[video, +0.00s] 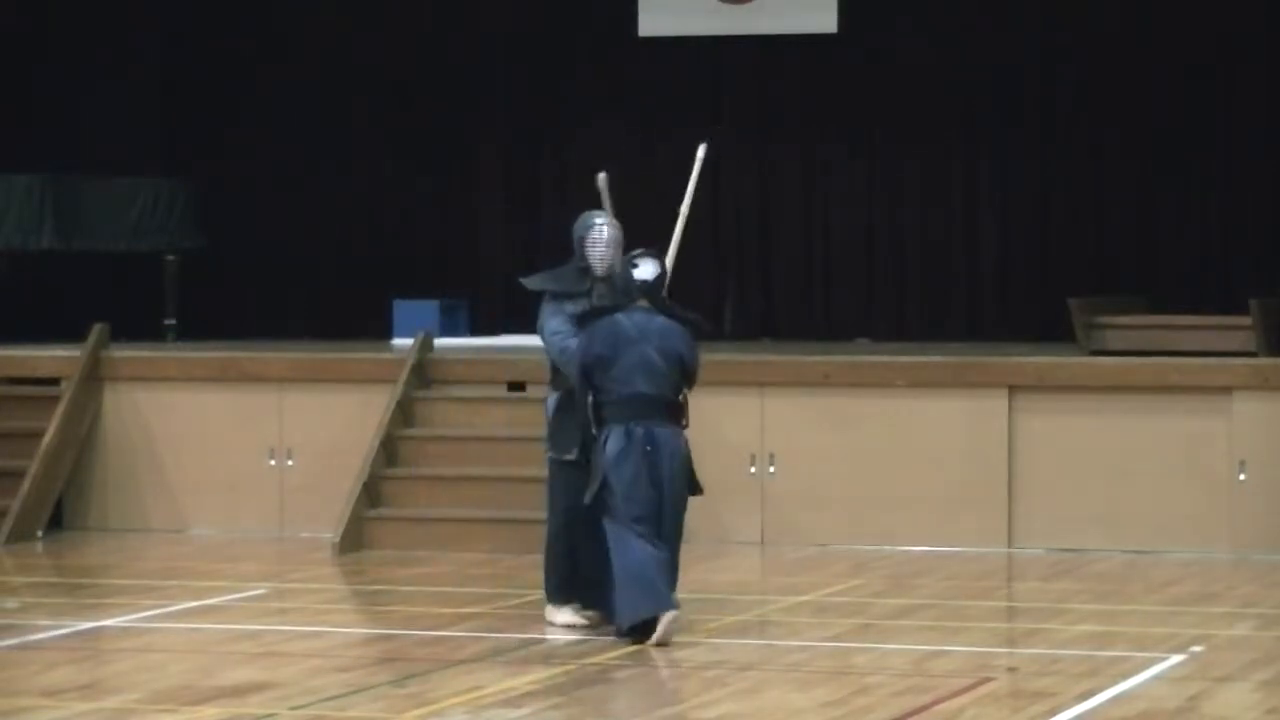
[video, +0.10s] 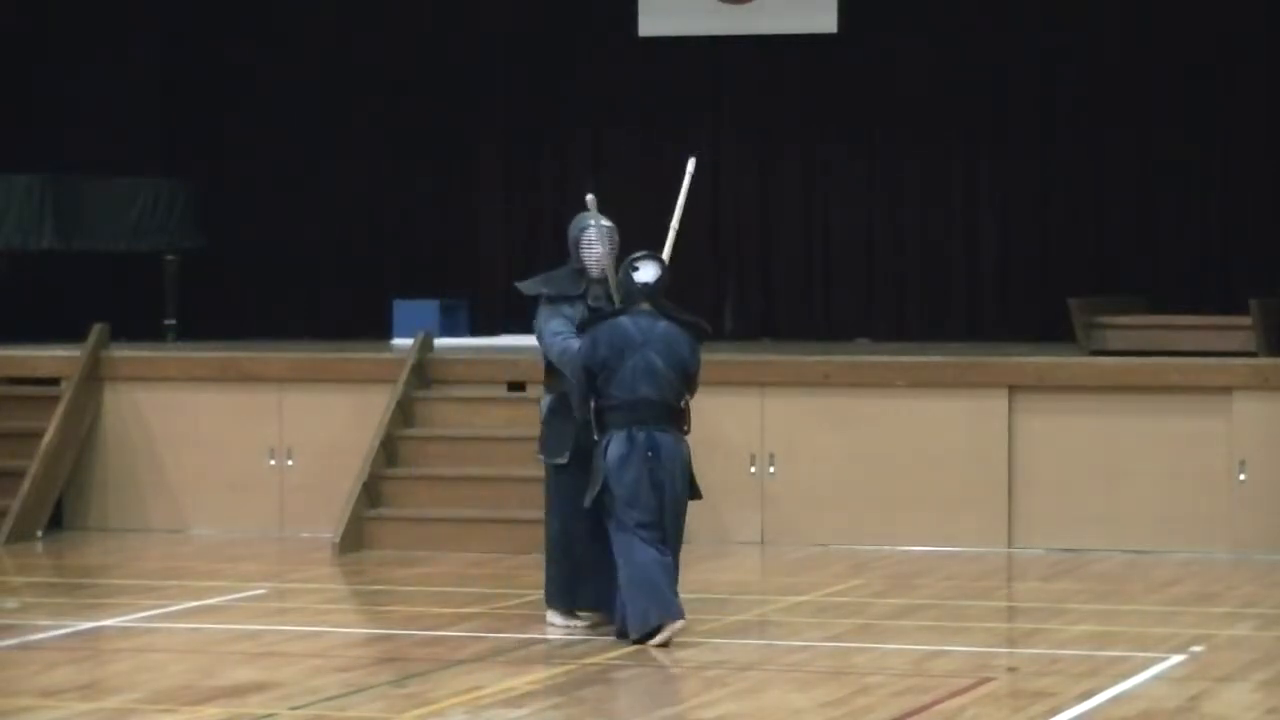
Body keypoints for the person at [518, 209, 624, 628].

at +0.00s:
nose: (602, 251)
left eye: (609, 243)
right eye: (595, 243)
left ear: (620, 247)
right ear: (581, 246)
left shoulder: (634, 290)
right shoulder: (560, 295)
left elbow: (671, 332)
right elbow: (569, 353)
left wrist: (652, 296)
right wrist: (605, 366)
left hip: (621, 410)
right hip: (573, 409)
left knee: (611, 506)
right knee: (569, 507)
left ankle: (605, 599)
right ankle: (560, 600)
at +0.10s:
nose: (597, 251)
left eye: (603, 243)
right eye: (589, 244)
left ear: (615, 247)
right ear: (575, 249)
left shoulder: (630, 292)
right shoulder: (558, 293)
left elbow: (647, 337)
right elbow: (559, 342)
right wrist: (599, 365)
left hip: (617, 409)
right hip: (569, 410)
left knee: (611, 507)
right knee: (569, 508)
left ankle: (608, 602)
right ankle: (562, 604)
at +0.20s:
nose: (593, 251)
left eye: (600, 243)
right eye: (584, 244)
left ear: (613, 248)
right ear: (571, 250)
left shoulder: (625, 294)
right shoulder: (553, 297)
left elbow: (642, 339)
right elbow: (566, 349)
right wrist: (608, 363)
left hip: (611, 416)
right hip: (561, 417)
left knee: (604, 511)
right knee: (561, 512)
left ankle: (602, 602)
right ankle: (559, 605)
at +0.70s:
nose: (550, 257)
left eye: (556, 248)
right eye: (541, 249)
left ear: (565, 252)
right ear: (523, 253)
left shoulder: (567, 296)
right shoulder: (506, 303)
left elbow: (603, 316)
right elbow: (547, 331)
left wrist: (634, 308)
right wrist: (597, 319)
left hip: (552, 411)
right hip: (514, 412)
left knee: (551, 504)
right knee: (526, 505)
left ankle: (553, 597)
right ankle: (528, 600)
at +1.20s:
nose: (518, 253)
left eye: (522, 244)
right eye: (508, 245)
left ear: (529, 247)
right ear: (488, 249)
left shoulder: (533, 296)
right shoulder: (470, 302)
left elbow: (567, 337)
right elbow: (504, 339)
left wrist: (594, 338)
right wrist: (563, 340)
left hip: (508, 413)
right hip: (470, 413)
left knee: (509, 508)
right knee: (476, 507)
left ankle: (498, 603)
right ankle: (474, 606)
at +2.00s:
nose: (488, 250)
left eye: (492, 241)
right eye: (479, 241)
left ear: (499, 246)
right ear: (460, 246)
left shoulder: (501, 294)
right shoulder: (446, 295)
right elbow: (445, 352)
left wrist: (530, 335)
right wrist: (511, 338)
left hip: (490, 409)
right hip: (453, 410)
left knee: (485, 506)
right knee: (451, 505)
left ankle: (478, 607)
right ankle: (443, 604)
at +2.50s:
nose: (459, 256)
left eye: (462, 247)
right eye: (449, 248)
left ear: (468, 251)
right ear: (427, 253)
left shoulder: (472, 301)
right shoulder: (413, 310)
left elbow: (500, 361)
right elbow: (463, 348)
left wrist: (537, 363)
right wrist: (533, 346)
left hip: (462, 418)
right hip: (426, 419)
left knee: (469, 511)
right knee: (436, 512)